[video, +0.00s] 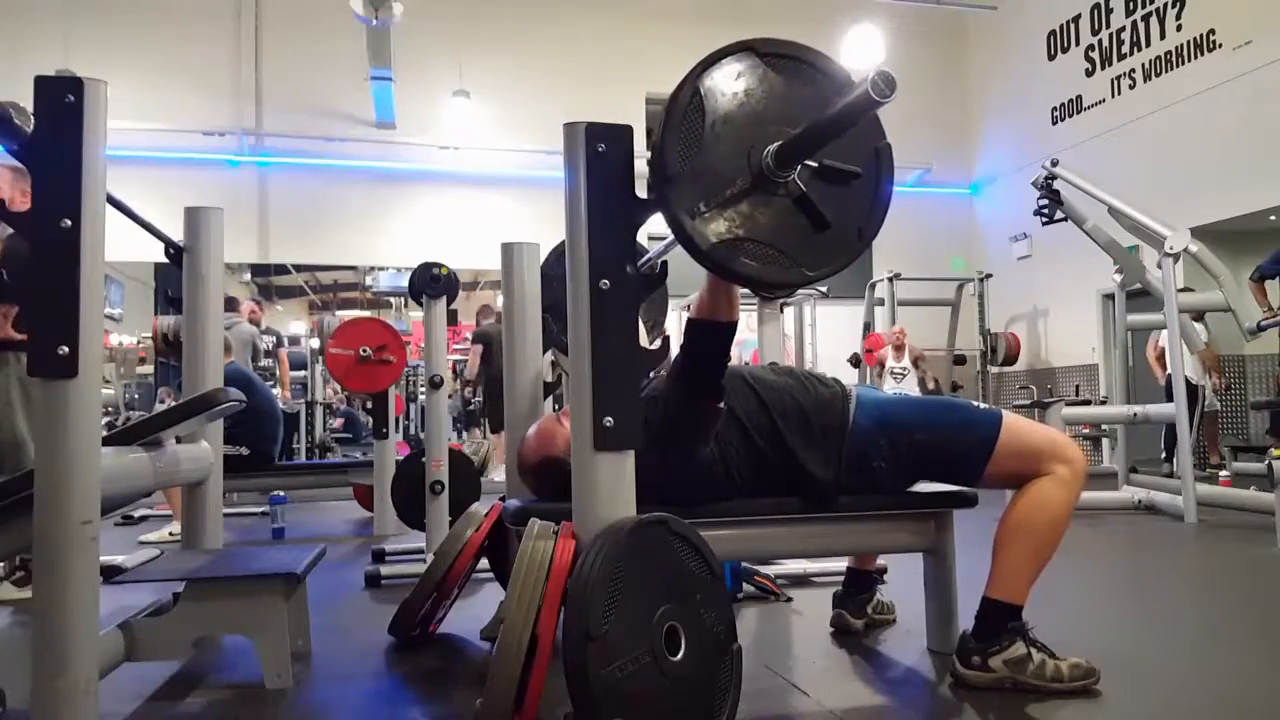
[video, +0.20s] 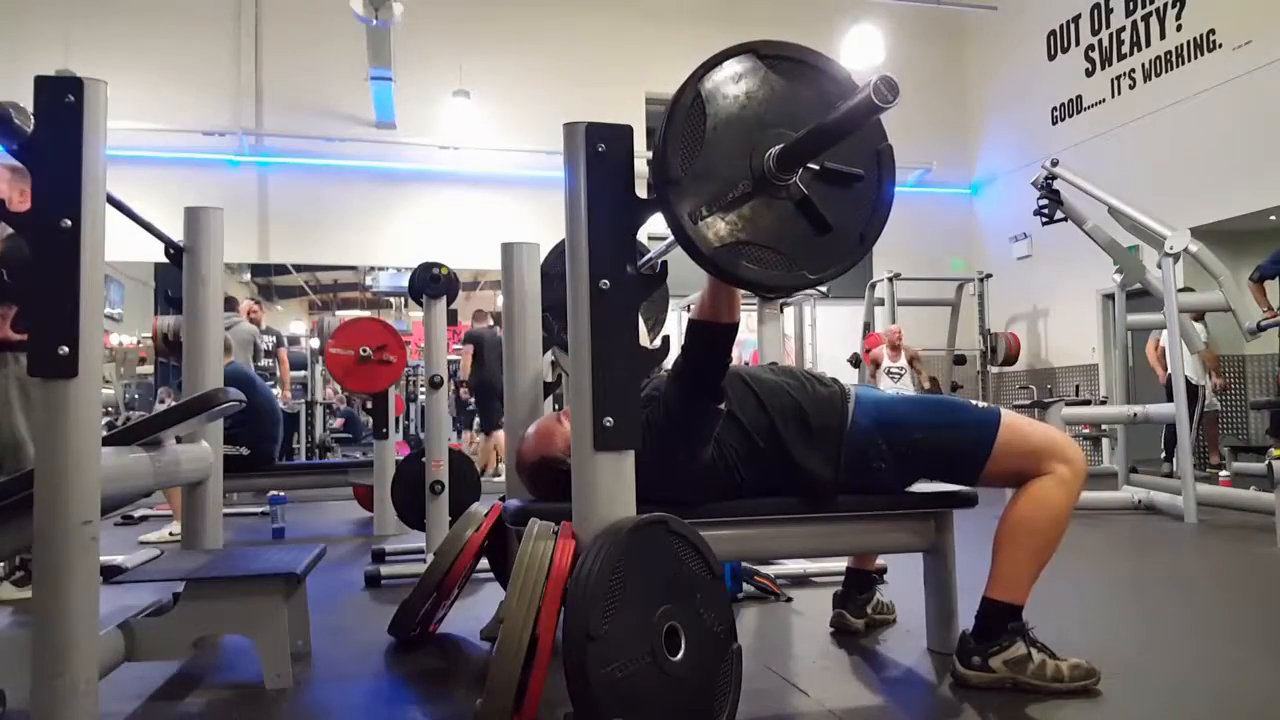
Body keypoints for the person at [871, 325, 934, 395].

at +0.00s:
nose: (897, 336)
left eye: (900, 333)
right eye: (894, 333)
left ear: (904, 336)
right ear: (890, 337)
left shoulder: (914, 352)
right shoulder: (883, 353)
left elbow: (923, 370)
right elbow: (879, 372)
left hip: (911, 392)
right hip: (889, 391)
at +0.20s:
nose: (898, 336)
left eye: (899, 333)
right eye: (894, 333)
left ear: (902, 335)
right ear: (887, 336)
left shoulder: (910, 354)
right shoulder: (876, 354)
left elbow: (921, 372)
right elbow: (871, 377)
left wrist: (927, 389)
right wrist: (872, 395)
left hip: (907, 396)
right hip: (885, 396)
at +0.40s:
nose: (902, 335)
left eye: (902, 332)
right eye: (899, 332)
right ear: (888, 336)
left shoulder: (906, 351)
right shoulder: (876, 352)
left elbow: (917, 367)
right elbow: (869, 373)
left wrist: (927, 378)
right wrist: (872, 391)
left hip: (906, 394)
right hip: (886, 394)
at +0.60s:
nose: (903, 334)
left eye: (903, 331)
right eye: (900, 332)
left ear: (892, 336)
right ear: (890, 336)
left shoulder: (905, 351)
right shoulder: (877, 352)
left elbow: (921, 365)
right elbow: (868, 373)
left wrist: (942, 375)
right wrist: (870, 394)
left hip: (906, 396)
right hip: (886, 397)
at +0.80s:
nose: (904, 335)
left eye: (903, 332)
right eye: (901, 333)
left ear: (896, 336)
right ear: (890, 336)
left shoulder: (905, 352)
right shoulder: (879, 353)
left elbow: (925, 363)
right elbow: (868, 373)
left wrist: (947, 367)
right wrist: (871, 394)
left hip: (907, 397)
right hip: (887, 397)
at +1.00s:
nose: (903, 335)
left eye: (903, 332)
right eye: (900, 333)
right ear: (890, 336)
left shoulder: (903, 351)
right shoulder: (878, 353)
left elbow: (924, 359)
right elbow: (868, 374)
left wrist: (946, 361)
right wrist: (872, 395)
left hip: (908, 397)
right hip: (889, 397)